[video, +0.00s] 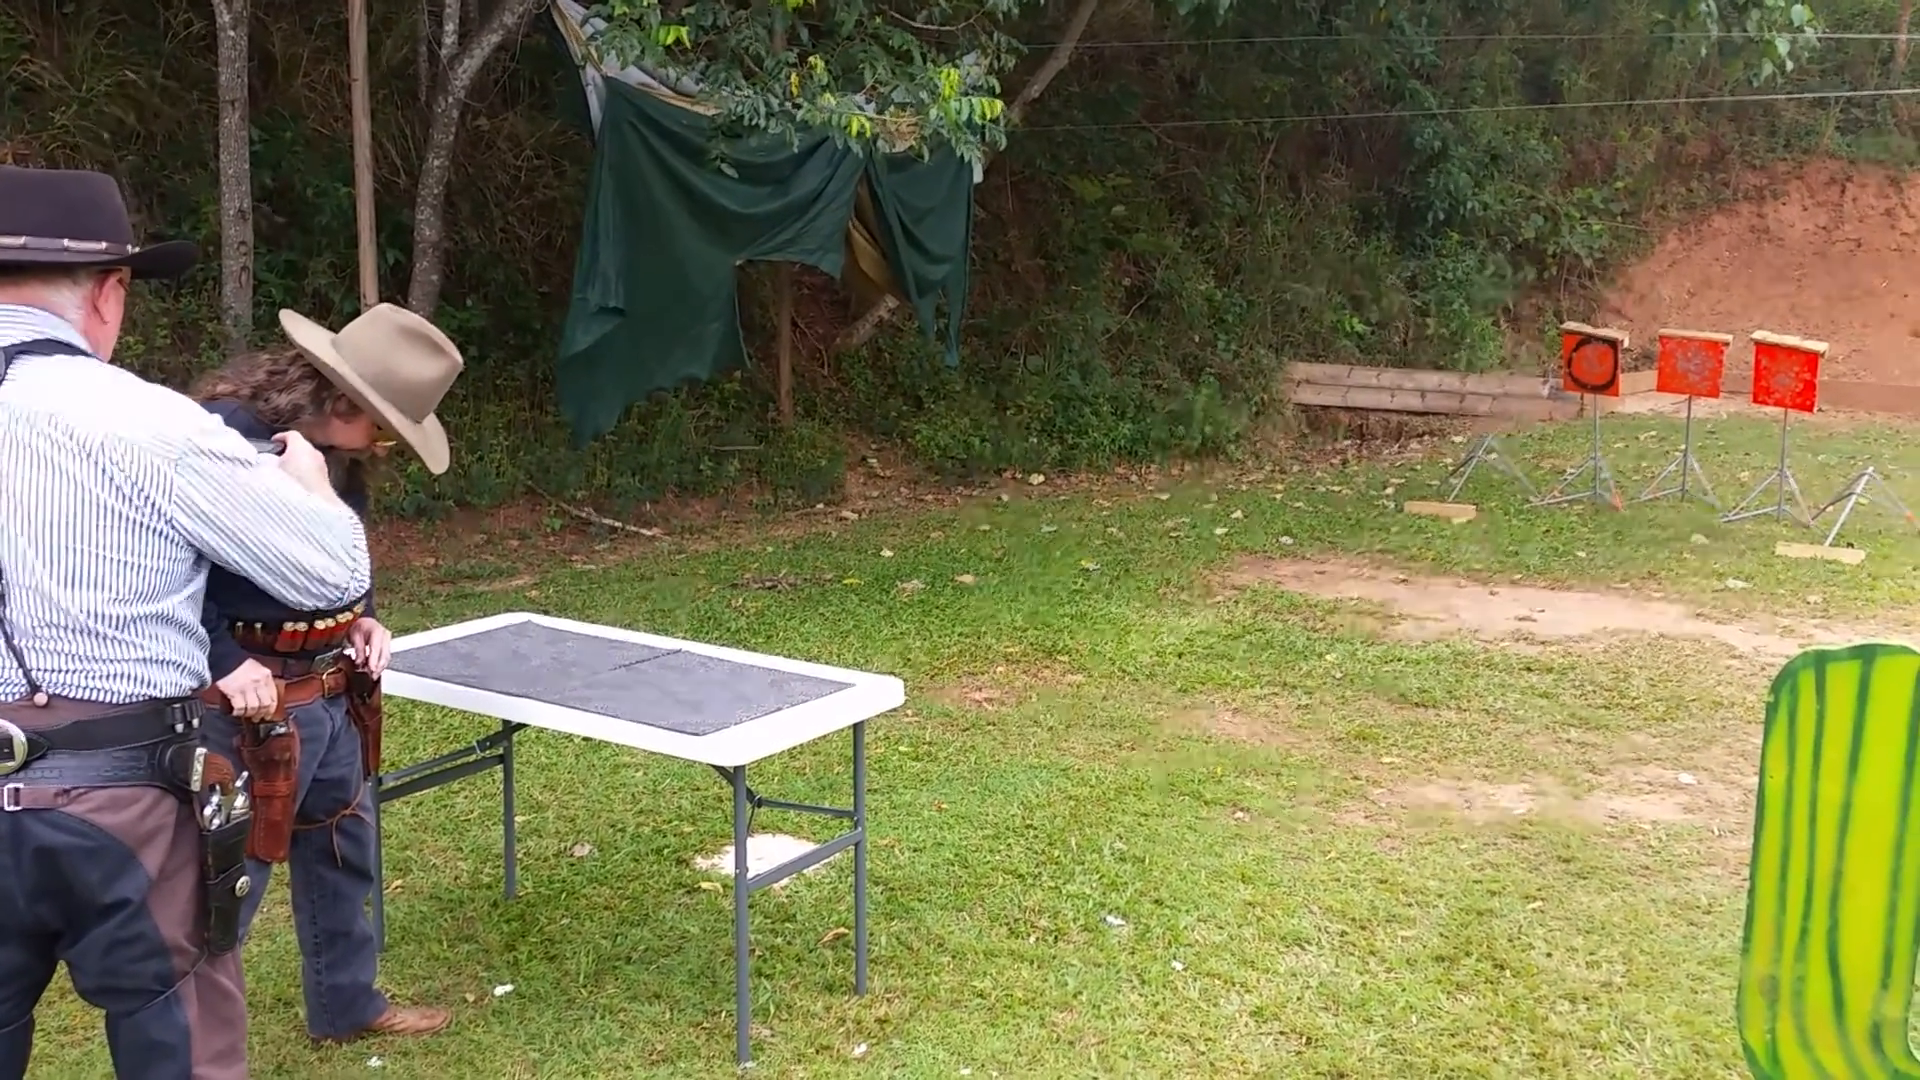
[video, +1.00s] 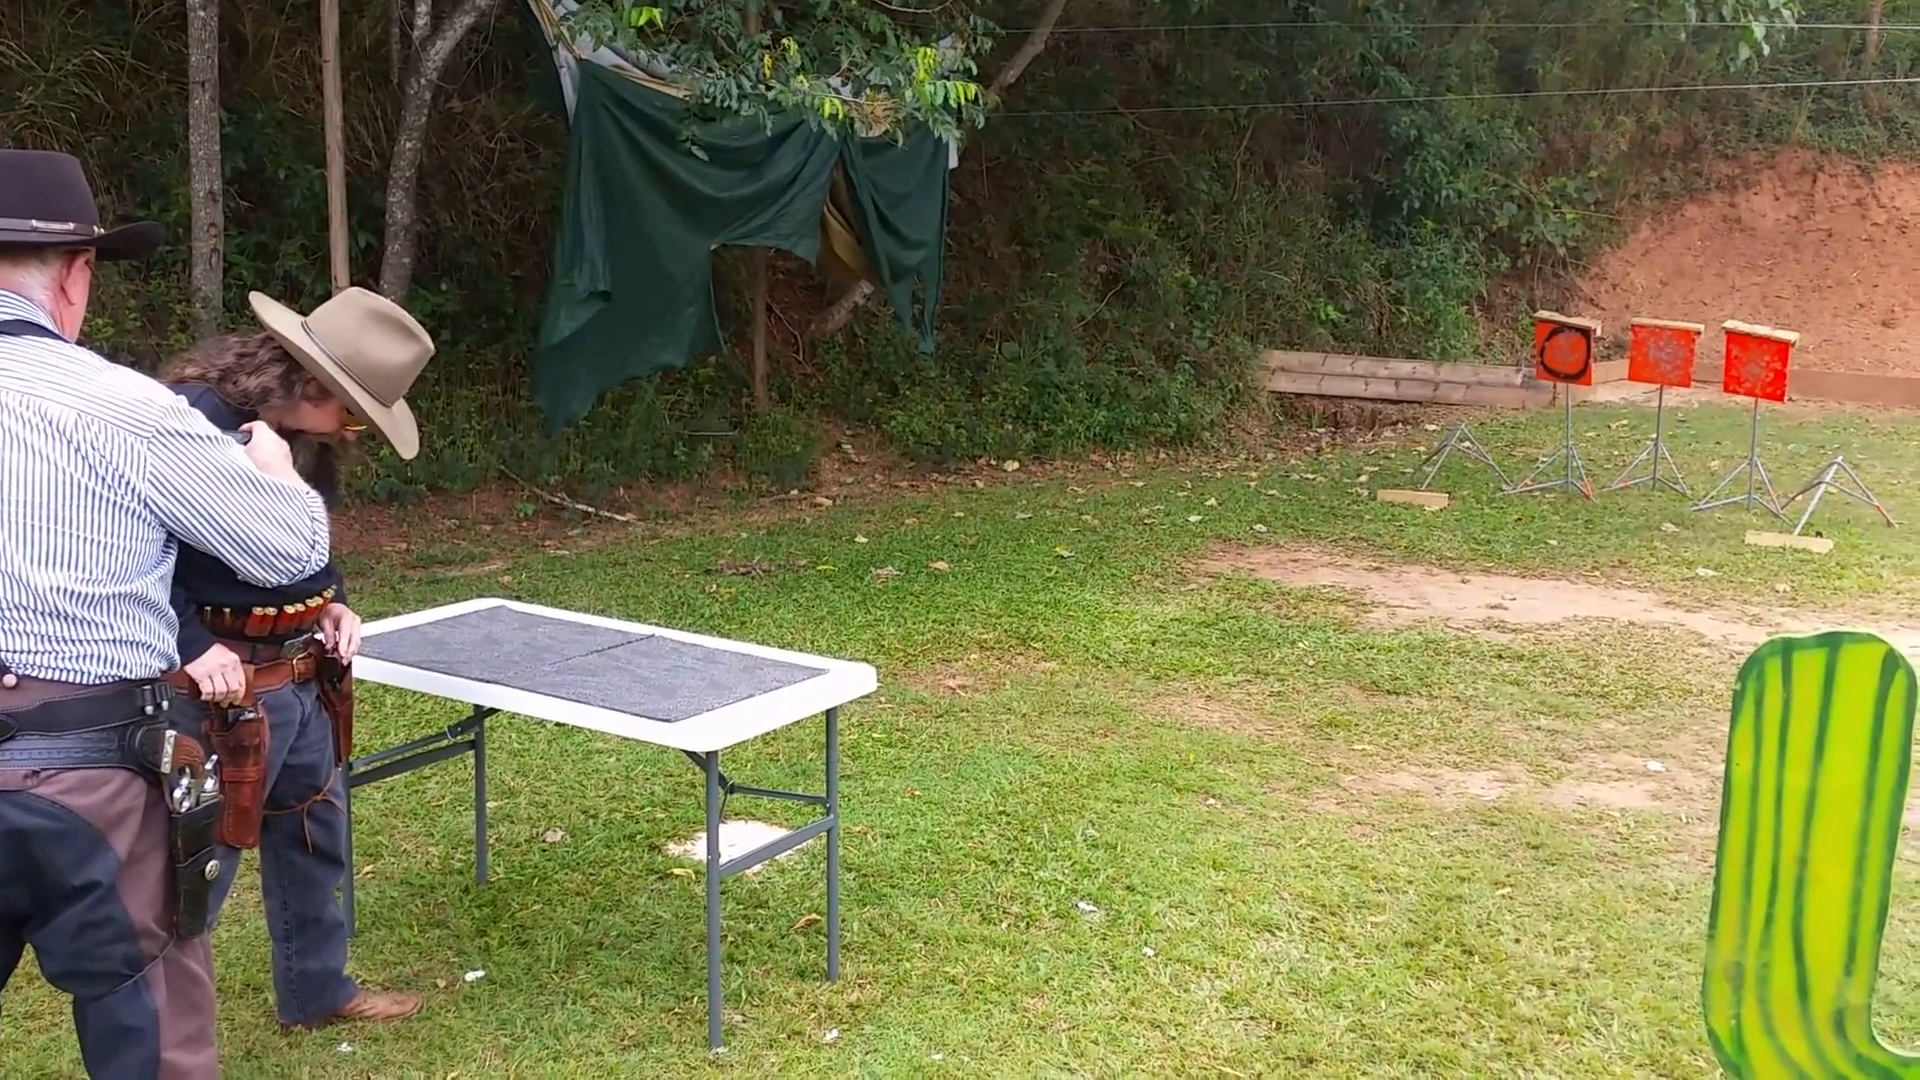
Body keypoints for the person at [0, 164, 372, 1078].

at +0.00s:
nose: (126, 314)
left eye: (126, 292)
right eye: (126, 291)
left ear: (3, 286)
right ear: (103, 295)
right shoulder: (150, 425)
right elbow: (339, 574)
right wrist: (312, 488)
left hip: (4, 774)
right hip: (118, 784)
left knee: (4, 1043)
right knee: (184, 1052)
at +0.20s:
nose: (115, 317)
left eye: (115, 295)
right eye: (115, 294)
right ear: (94, 298)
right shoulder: (143, 427)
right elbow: (319, 567)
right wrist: (300, 491)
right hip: (106, 786)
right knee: (174, 1053)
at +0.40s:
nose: (105, 313)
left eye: (106, 292)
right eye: (106, 290)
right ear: (87, 294)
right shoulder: (135, 425)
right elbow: (308, 567)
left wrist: (191, 665)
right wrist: (290, 494)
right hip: (96, 776)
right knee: (165, 1048)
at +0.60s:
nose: (99, 303)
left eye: (100, 280)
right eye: (100, 279)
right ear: (83, 286)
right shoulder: (130, 420)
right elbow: (304, 561)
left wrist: (191, 657)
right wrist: (287, 486)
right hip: (97, 771)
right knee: (163, 1043)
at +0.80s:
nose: (94, 294)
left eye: (94, 272)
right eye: (95, 271)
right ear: (79, 279)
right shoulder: (124, 414)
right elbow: (299, 555)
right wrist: (280, 474)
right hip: (87, 767)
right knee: (158, 1038)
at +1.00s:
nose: (90, 290)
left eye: (89, 267)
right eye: (91, 267)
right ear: (73, 273)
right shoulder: (123, 412)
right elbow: (297, 548)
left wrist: (184, 646)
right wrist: (270, 461)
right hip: (85, 762)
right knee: (157, 1030)